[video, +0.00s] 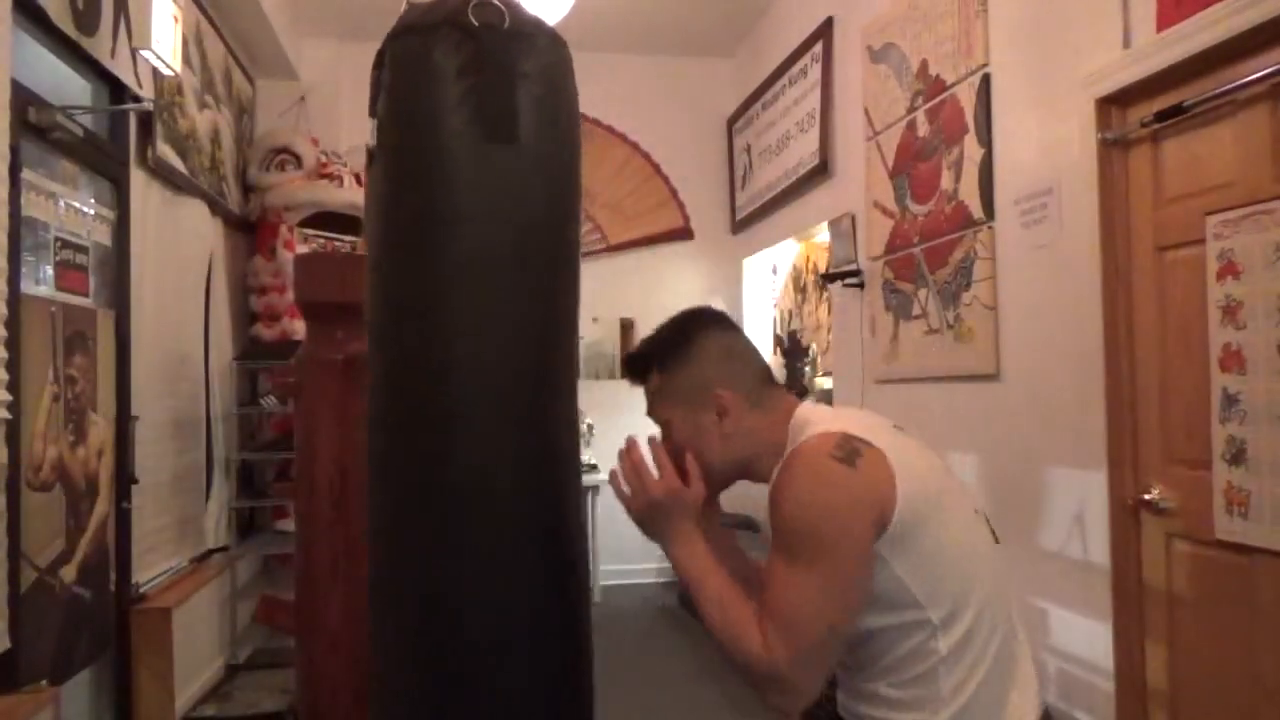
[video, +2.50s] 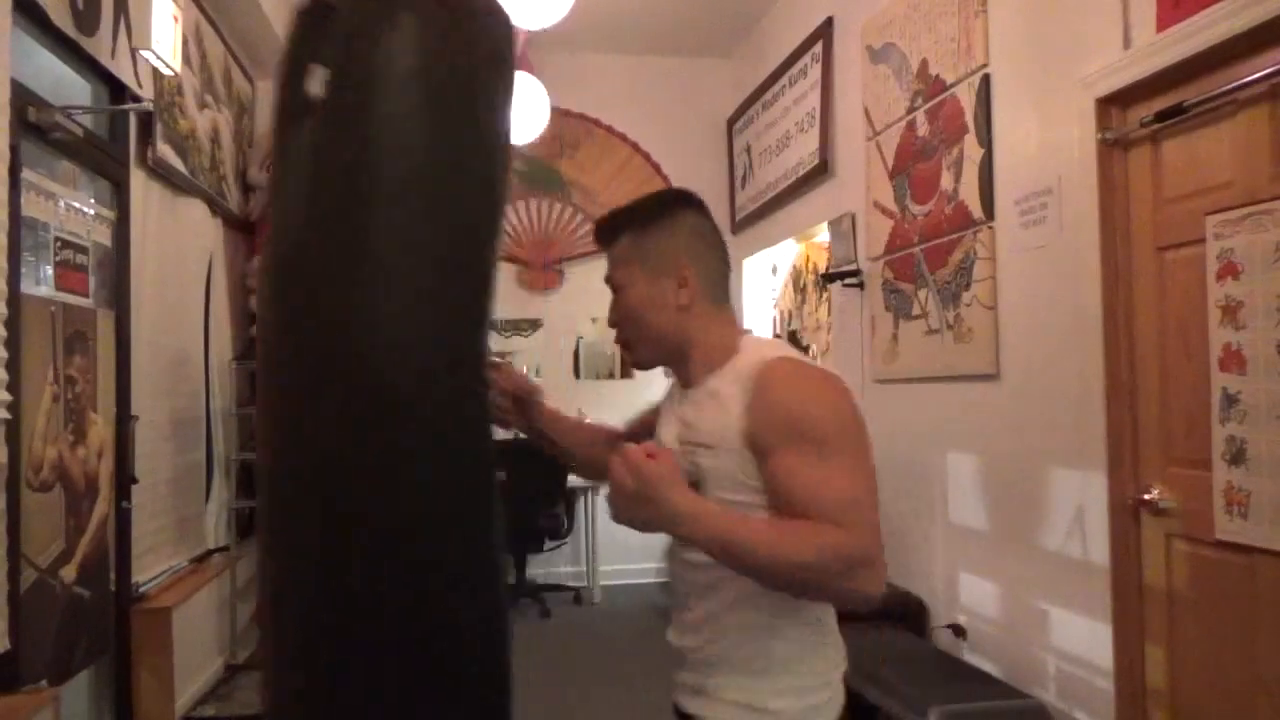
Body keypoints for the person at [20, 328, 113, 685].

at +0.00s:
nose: (70, 390)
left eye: (76, 381)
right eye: (65, 382)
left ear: (92, 383)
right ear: (60, 387)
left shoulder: (105, 431)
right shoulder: (62, 436)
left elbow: (105, 502)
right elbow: (37, 480)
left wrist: (76, 563)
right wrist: (45, 400)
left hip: (105, 545)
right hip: (76, 545)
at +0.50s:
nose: (69, 391)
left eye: (75, 381)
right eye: (64, 383)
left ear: (91, 385)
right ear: (60, 389)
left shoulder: (105, 431)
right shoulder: (62, 437)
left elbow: (105, 501)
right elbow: (38, 481)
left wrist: (76, 562)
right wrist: (46, 401)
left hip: (104, 551)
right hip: (74, 550)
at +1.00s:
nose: (69, 391)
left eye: (75, 382)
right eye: (64, 383)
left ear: (90, 384)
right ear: (60, 389)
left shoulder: (105, 432)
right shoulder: (62, 437)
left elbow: (104, 502)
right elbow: (39, 481)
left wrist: (76, 562)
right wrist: (46, 401)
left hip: (105, 548)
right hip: (75, 547)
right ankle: (56, 684)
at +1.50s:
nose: (70, 391)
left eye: (76, 381)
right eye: (64, 383)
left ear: (91, 385)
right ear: (60, 389)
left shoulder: (104, 431)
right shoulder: (63, 438)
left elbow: (105, 501)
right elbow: (38, 480)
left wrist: (76, 563)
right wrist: (47, 400)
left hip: (106, 548)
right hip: (76, 549)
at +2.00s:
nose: (69, 391)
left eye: (75, 382)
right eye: (63, 383)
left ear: (91, 385)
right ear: (59, 389)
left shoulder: (104, 432)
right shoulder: (63, 435)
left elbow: (104, 501)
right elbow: (38, 479)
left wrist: (76, 562)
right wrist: (46, 400)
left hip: (104, 551)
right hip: (75, 550)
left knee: (102, 631)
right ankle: (58, 689)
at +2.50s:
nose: (70, 391)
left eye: (76, 382)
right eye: (65, 383)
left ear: (90, 383)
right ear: (61, 389)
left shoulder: (104, 431)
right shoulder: (62, 439)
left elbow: (105, 501)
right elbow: (36, 479)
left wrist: (76, 562)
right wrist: (46, 401)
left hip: (103, 550)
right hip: (74, 551)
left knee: (101, 631)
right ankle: (58, 692)